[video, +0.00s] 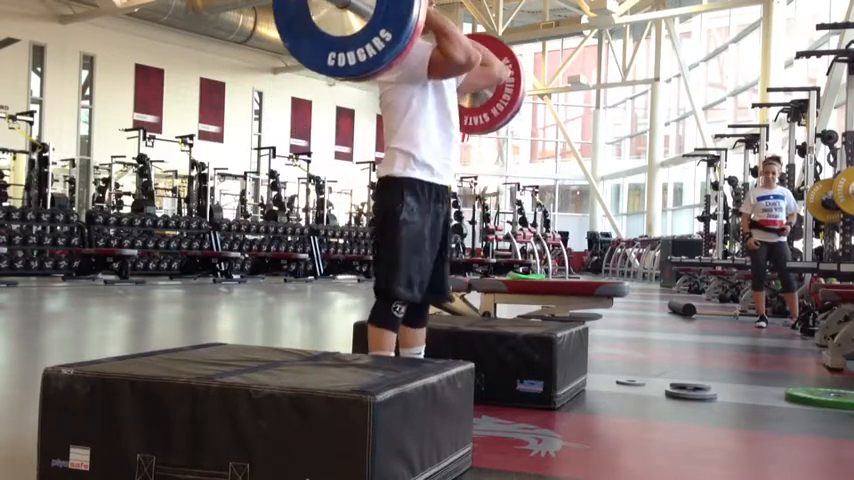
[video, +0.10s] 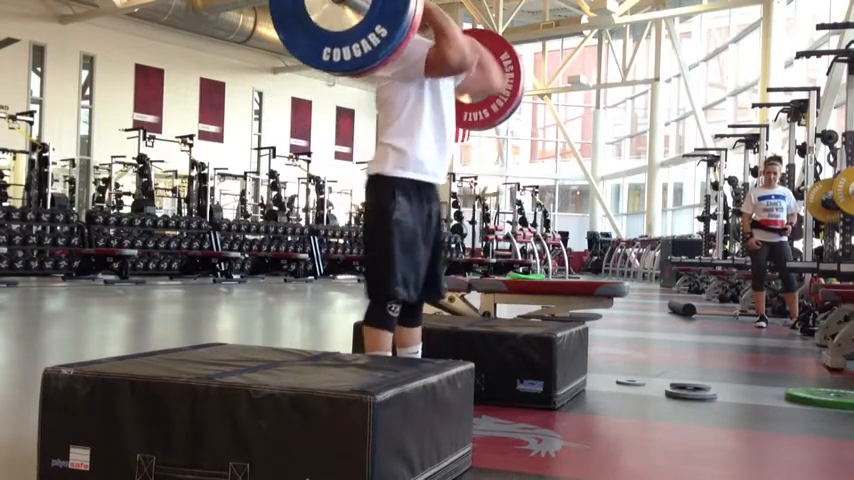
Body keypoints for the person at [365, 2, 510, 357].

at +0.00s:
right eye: (417, 12)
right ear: (405, 18)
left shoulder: (438, 64)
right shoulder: (396, 53)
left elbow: (496, 70)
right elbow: (460, 56)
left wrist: (453, 33)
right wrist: (428, 14)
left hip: (436, 189)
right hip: (405, 186)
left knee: (420, 299)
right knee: (394, 297)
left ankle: (412, 384)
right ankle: (381, 388)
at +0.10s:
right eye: (415, 7)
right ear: (407, 11)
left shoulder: (437, 54)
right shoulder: (393, 45)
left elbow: (494, 80)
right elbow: (456, 57)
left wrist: (454, 30)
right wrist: (430, 9)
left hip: (426, 187)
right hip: (394, 185)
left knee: (414, 299)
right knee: (387, 298)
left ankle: (411, 387)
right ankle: (379, 390)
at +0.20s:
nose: (430, 10)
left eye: (431, 5)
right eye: (424, 3)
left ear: (431, 12)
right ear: (404, 7)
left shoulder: (430, 59)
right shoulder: (388, 44)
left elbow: (451, 121)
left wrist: (470, 85)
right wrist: (434, 67)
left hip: (415, 193)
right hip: (378, 186)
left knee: (411, 296)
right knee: (378, 296)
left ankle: (412, 382)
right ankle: (370, 389)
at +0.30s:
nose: (430, 15)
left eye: (432, 10)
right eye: (426, 7)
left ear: (424, 12)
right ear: (407, 4)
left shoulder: (410, 47)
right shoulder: (371, 36)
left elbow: (403, 98)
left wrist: (439, 87)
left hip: (401, 188)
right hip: (367, 186)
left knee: (414, 276)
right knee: (371, 294)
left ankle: (391, 373)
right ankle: (370, 386)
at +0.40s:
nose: (415, 15)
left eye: (417, 9)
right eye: (408, 6)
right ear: (381, 7)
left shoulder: (399, 65)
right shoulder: (362, 52)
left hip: (396, 196)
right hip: (361, 194)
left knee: (403, 292)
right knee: (367, 299)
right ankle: (373, 386)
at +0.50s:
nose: (398, 24)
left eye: (402, 16)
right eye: (390, 14)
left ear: (403, 20)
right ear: (363, 13)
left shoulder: (381, 70)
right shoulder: (340, 58)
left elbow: (373, 136)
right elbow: (292, 113)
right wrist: (252, 160)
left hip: (375, 189)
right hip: (343, 186)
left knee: (370, 286)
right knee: (358, 291)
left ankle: (323, 365)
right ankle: (373, 384)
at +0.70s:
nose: (360, 26)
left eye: (366, 20)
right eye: (353, 17)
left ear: (370, 26)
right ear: (330, 15)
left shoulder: (356, 78)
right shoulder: (304, 59)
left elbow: (360, 145)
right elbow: (283, 125)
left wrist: (376, 196)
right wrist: (280, 189)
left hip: (350, 196)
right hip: (311, 193)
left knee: (339, 290)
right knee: (326, 291)